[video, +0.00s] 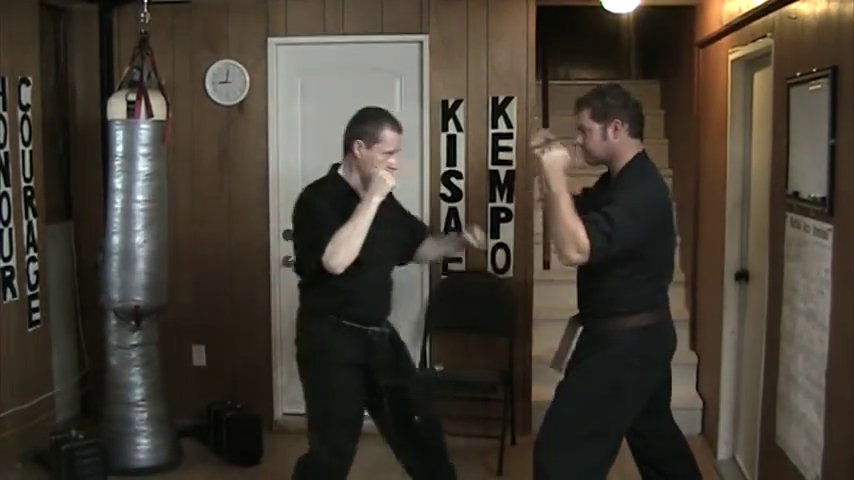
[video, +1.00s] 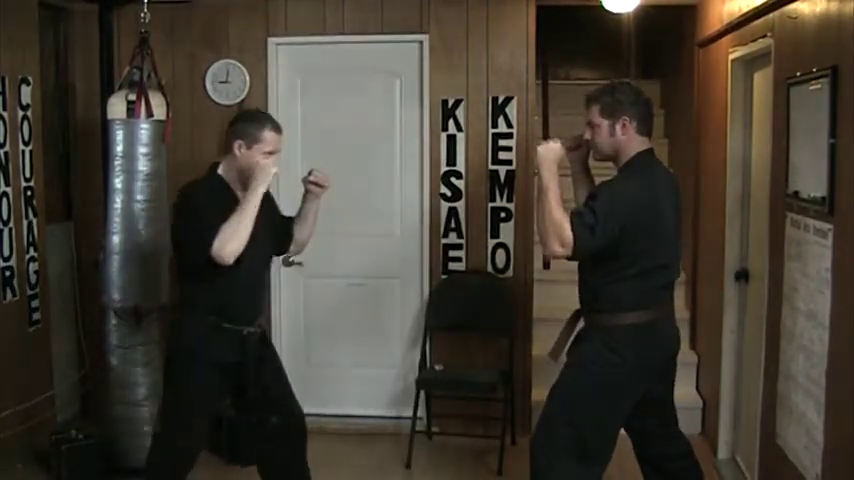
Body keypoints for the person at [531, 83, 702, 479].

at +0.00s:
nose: (577, 141)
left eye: (583, 131)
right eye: (578, 132)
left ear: (615, 129)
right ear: (615, 131)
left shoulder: (637, 188)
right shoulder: (622, 180)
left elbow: (574, 250)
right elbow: (566, 216)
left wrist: (555, 175)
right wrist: (546, 170)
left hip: (627, 343)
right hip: (630, 336)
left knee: (559, 456)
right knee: (659, 448)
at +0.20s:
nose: (583, 138)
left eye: (588, 128)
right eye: (583, 129)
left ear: (619, 128)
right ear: (623, 128)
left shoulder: (630, 186)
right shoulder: (654, 180)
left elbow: (562, 244)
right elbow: (584, 229)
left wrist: (548, 171)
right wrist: (577, 170)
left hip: (618, 343)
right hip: (650, 338)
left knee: (556, 455)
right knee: (662, 450)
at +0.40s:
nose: (585, 137)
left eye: (591, 127)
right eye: (585, 128)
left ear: (621, 127)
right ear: (625, 127)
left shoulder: (630, 185)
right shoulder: (659, 180)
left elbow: (559, 241)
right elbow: (597, 226)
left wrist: (547, 170)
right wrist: (581, 170)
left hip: (617, 341)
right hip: (653, 337)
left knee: (556, 455)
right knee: (663, 451)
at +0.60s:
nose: (586, 136)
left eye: (591, 126)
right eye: (585, 127)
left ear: (622, 126)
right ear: (626, 126)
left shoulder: (629, 184)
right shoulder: (659, 179)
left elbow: (559, 240)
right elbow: (594, 227)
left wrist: (546, 167)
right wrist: (580, 168)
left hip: (617, 339)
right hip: (653, 335)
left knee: (556, 454)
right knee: (663, 450)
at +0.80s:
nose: (586, 136)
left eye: (591, 126)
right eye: (586, 127)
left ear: (622, 127)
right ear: (626, 127)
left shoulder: (628, 185)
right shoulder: (661, 179)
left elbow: (560, 241)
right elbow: (597, 227)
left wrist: (546, 169)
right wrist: (580, 168)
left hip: (616, 340)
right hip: (654, 335)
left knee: (556, 454)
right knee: (664, 450)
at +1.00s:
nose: (587, 136)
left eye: (592, 126)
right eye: (587, 127)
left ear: (623, 127)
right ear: (626, 127)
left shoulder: (628, 187)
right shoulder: (661, 180)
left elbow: (561, 242)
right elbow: (598, 227)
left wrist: (547, 170)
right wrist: (580, 168)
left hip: (617, 342)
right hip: (654, 336)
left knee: (555, 454)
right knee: (664, 451)